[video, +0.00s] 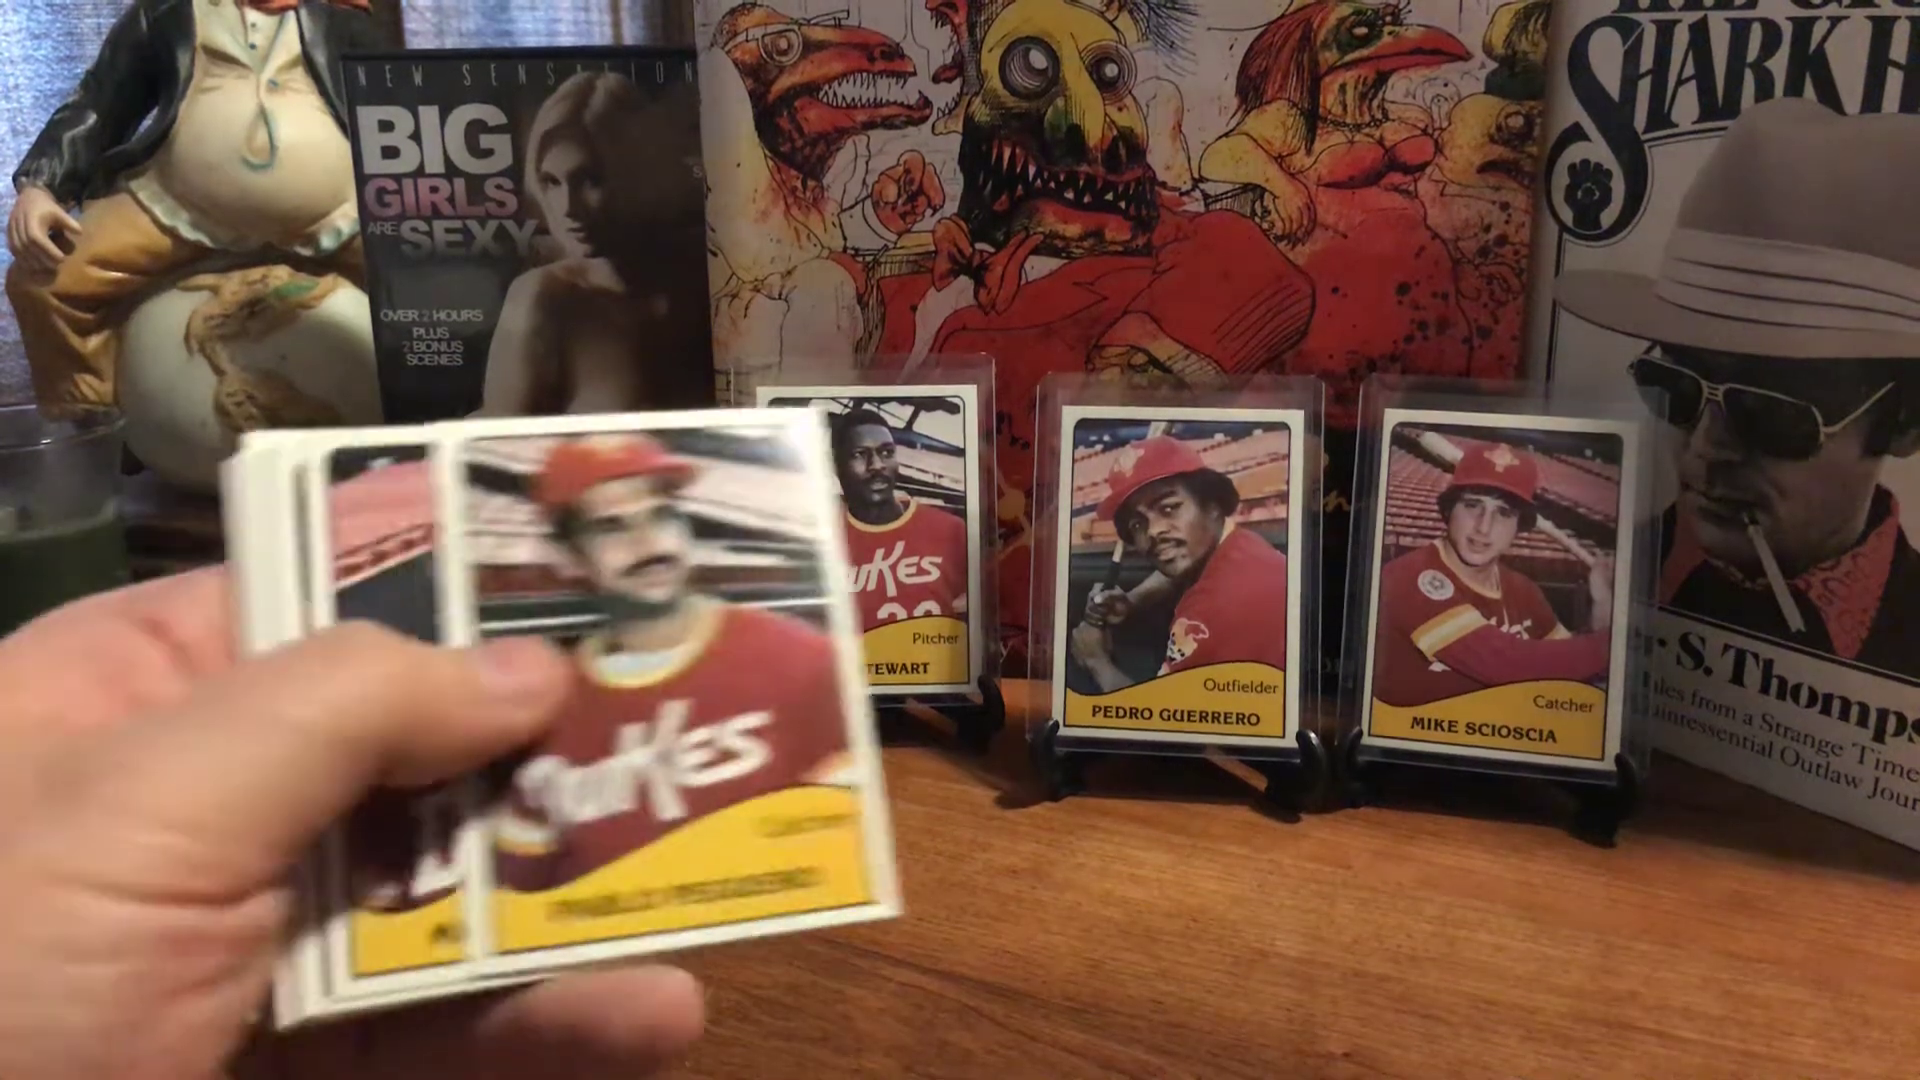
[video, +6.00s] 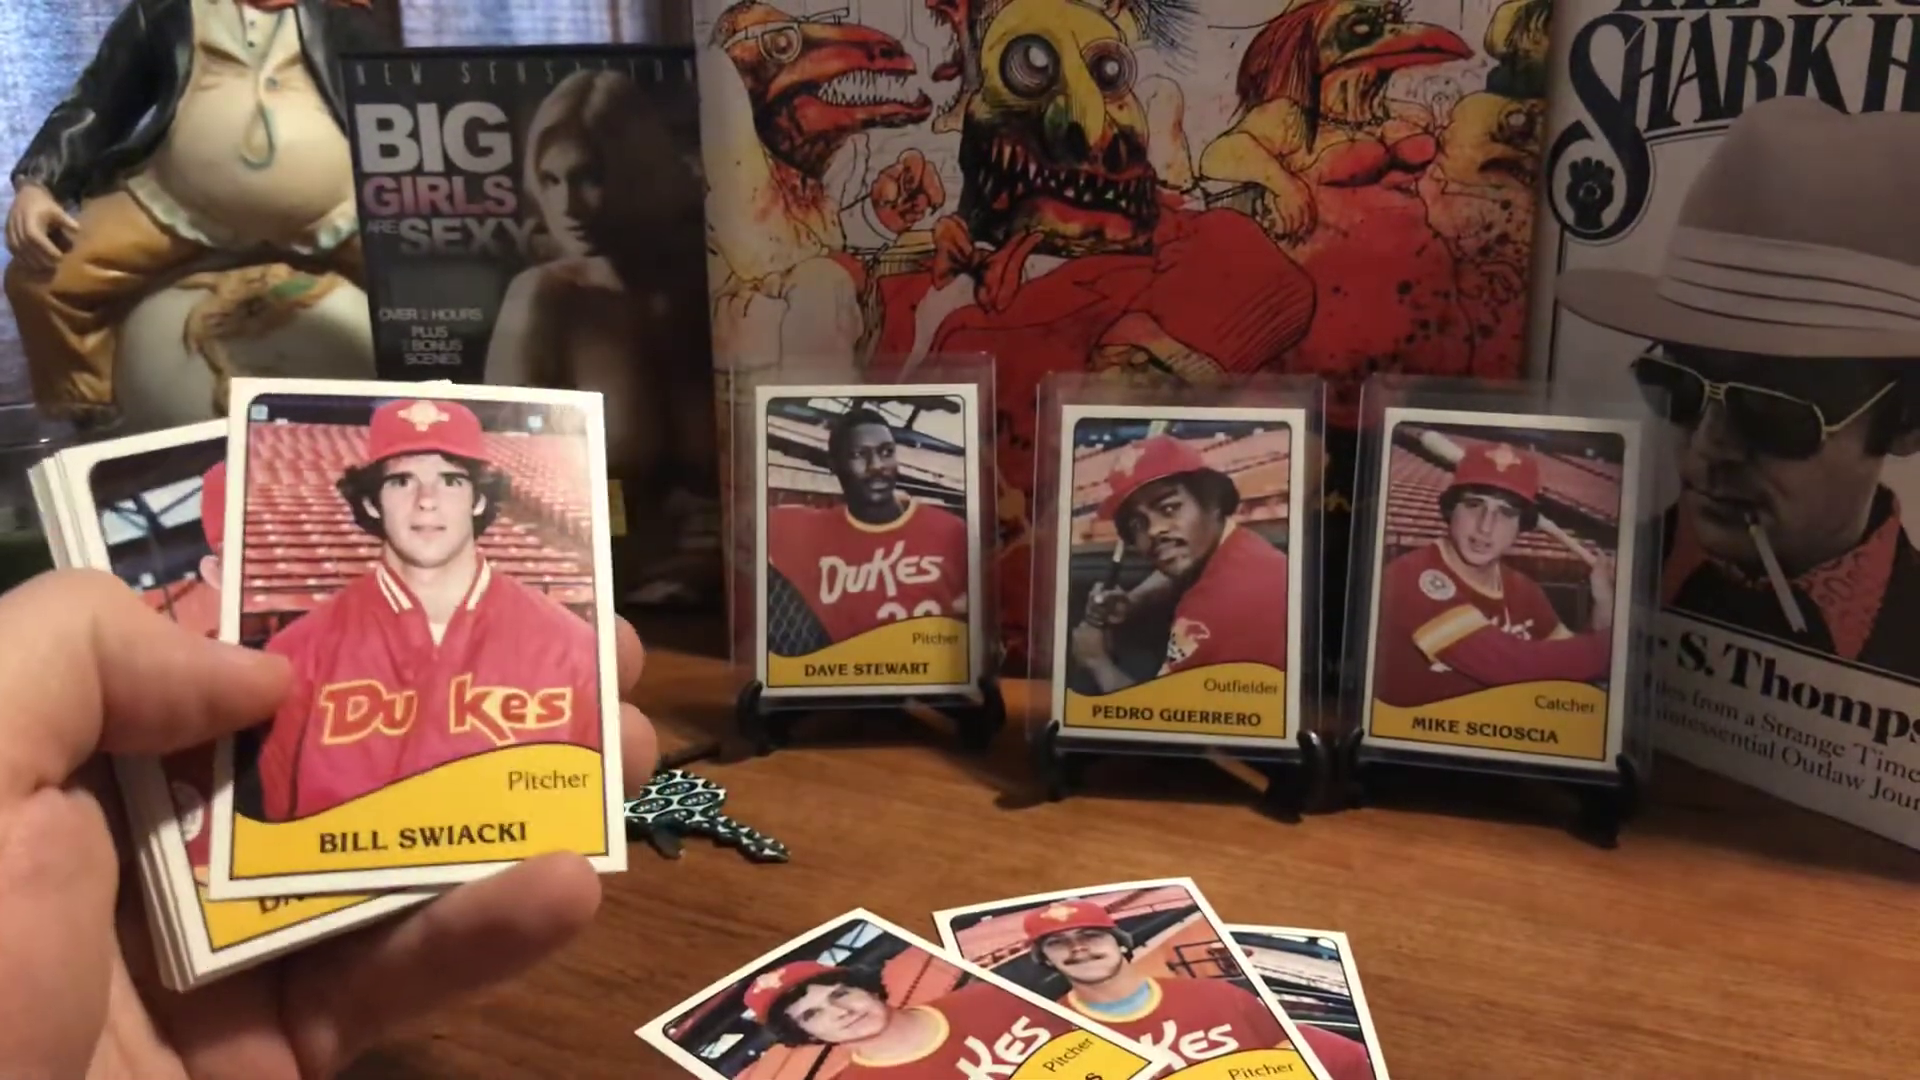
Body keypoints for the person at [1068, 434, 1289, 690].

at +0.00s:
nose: (1155, 530)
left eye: (1169, 508)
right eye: (1139, 524)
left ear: (1213, 507)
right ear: (1134, 541)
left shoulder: (1210, 609)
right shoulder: (1247, 544)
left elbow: (1160, 721)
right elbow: (1183, 566)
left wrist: (1097, 661)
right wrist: (1132, 602)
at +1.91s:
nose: (1156, 531)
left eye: (1171, 508)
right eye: (1140, 523)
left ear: (1215, 503)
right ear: (1133, 540)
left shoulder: (1212, 607)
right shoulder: (1252, 546)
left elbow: (1160, 719)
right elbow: (1186, 564)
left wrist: (1098, 663)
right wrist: (1133, 603)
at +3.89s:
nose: (1156, 531)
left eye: (1170, 509)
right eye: (1141, 522)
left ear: (1213, 505)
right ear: (1134, 539)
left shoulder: (1211, 606)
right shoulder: (1249, 545)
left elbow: (1159, 720)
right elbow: (1186, 564)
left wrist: (1097, 662)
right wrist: (1132, 602)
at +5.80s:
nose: (1155, 530)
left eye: (1169, 509)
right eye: (1139, 523)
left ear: (1212, 503)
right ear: (1133, 540)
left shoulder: (1211, 607)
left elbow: (1161, 719)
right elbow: (1183, 568)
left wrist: (1098, 662)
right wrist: (1133, 602)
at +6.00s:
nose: (1155, 530)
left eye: (1169, 508)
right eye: (1139, 523)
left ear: (1212, 503)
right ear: (1133, 540)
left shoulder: (1212, 605)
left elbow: (1160, 718)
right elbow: (1182, 567)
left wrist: (1097, 662)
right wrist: (1133, 602)